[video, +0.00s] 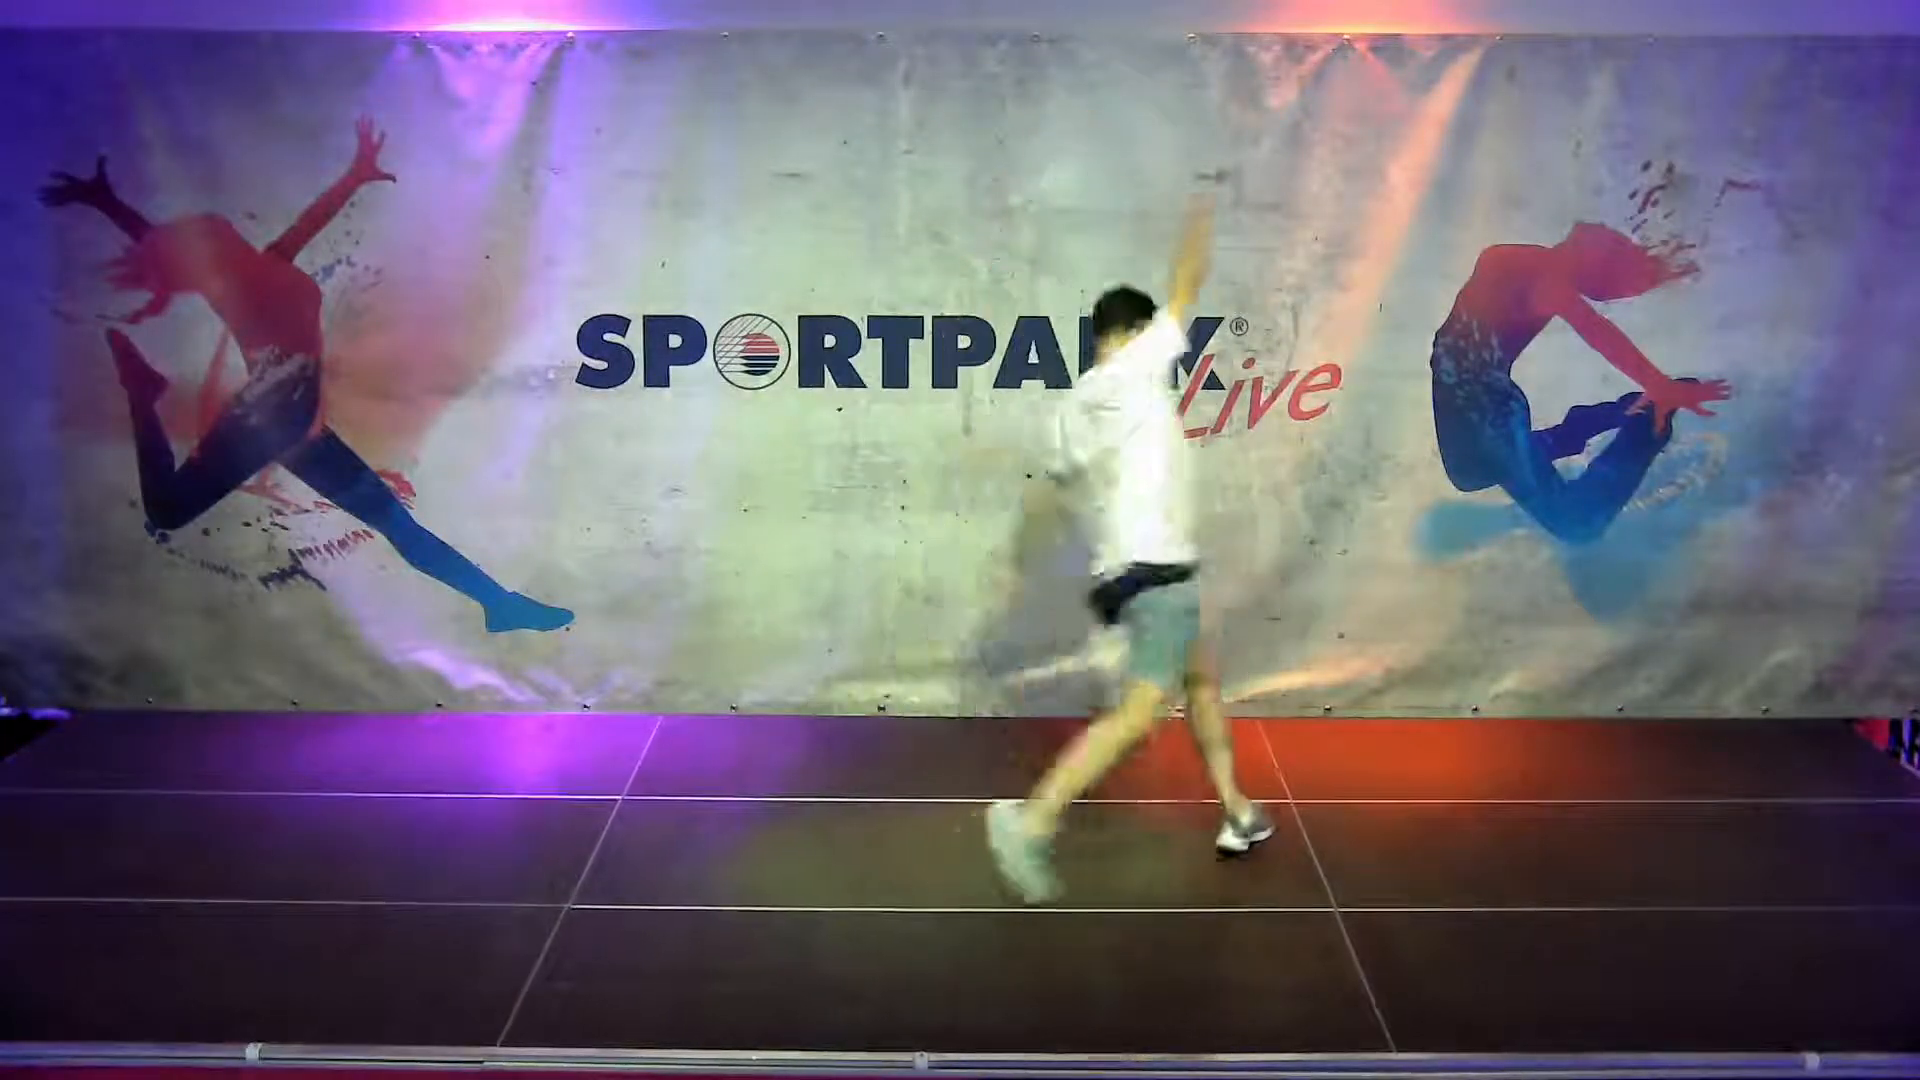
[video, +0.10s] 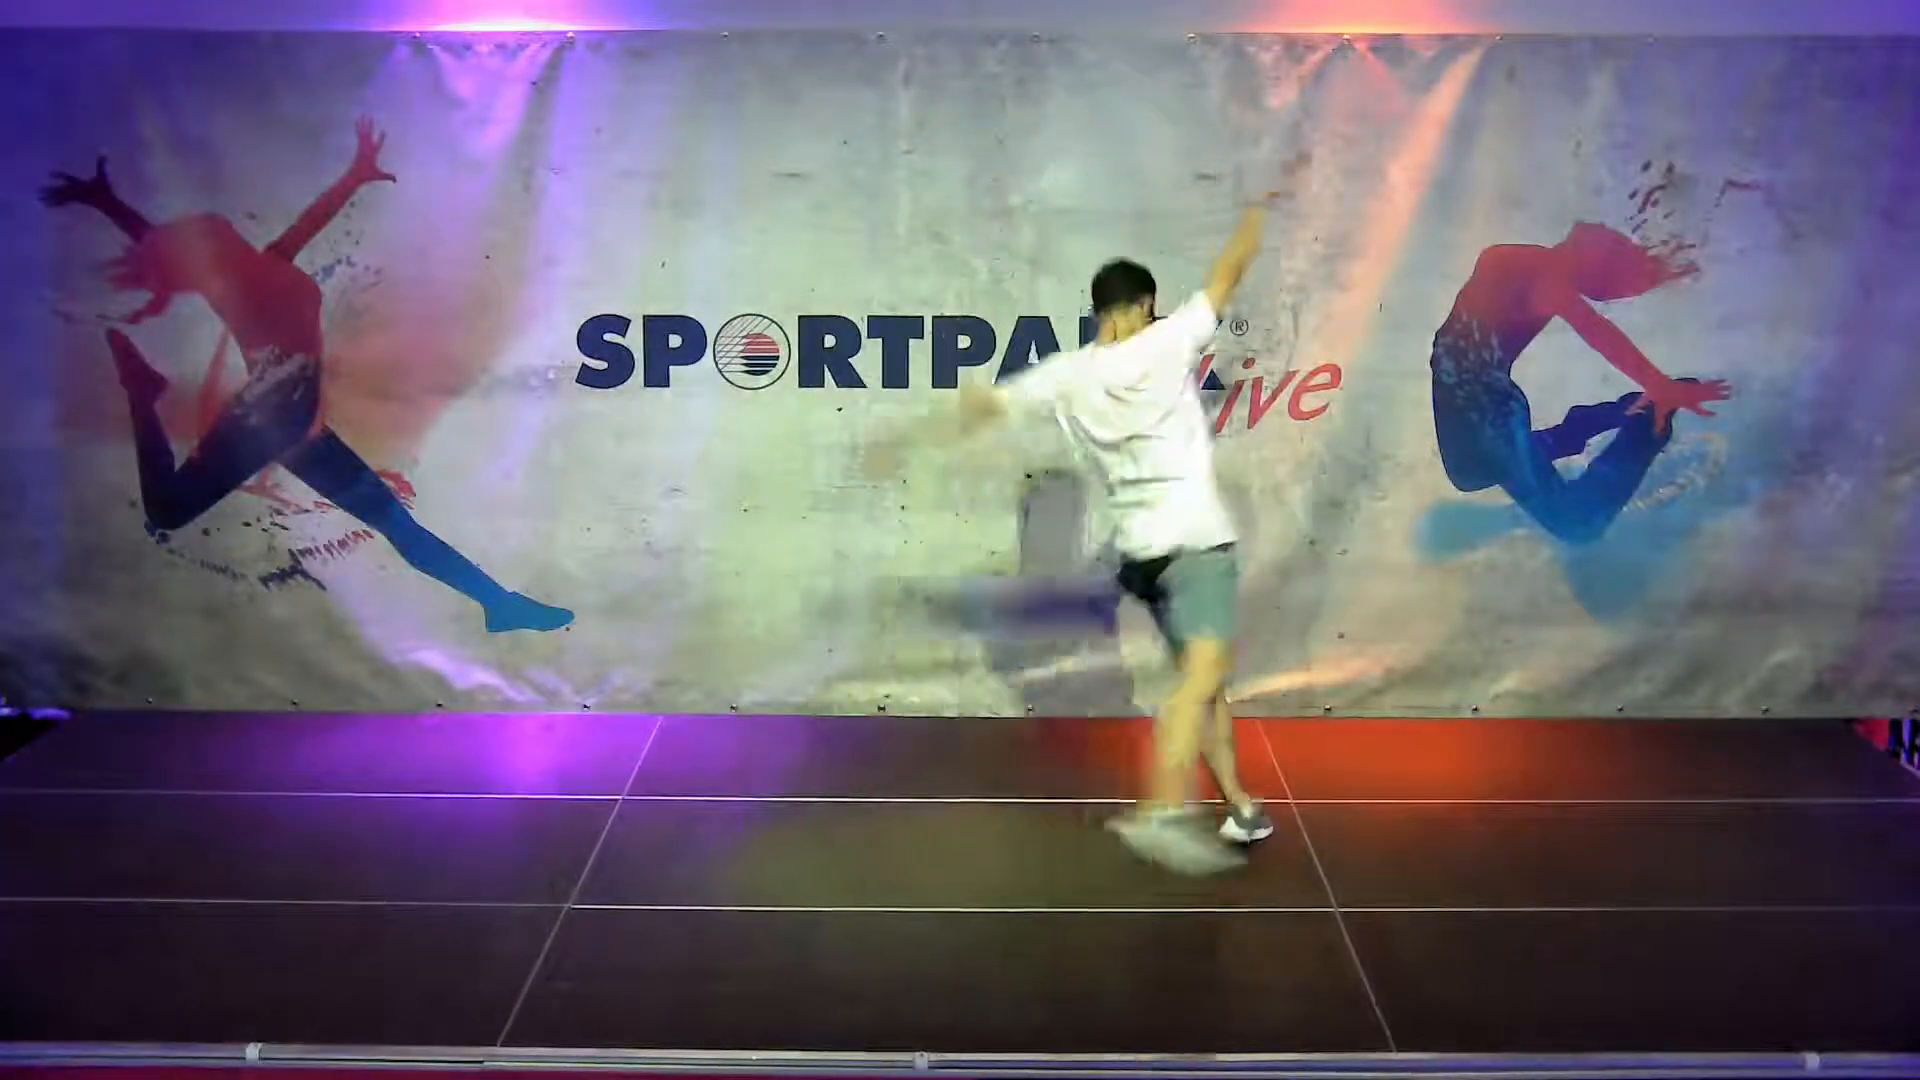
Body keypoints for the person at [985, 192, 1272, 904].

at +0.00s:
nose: (1150, 341)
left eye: (1142, 332)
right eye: (1145, 331)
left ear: (1095, 334)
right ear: (1135, 331)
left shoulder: (1071, 404)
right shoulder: (1142, 364)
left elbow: (1052, 485)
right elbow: (1185, 286)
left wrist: (1014, 563)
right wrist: (1204, 205)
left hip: (1117, 572)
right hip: (1163, 567)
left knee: (1199, 682)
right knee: (1140, 708)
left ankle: (1237, 813)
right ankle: (1029, 821)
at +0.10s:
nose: (1147, 320)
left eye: (1142, 311)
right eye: (1145, 309)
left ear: (1096, 312)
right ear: (1137, 307)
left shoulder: (1064, 373)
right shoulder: (1168, 341)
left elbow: (982, 405)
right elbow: (1227, 276)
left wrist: (906, 442)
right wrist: (1254, 217)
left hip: (1134, 549)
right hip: (1197, 537)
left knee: (1205, 676)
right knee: (1203, 672)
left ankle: (1239, 808)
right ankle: (1160, 811)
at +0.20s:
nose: (1143, 305)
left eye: (1134, 298)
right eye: (1141, 295)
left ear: (1090, 301)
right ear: (1142, 294)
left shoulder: (1061, 360)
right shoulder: (1176, 342)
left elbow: (971, 355)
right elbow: (1247, 278)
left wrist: (889, 351)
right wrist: (1293, 215)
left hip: (1141, 537)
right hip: (1203, 525)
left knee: (1194, 668)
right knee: (1240, 639)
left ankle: (1239, 800)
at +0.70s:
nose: (1068, 328)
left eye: (1055, 322)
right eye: (1079, 321)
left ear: (1040, 332)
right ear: (1093, 328)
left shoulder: (1019, 373)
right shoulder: (1126, 374)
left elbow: (981, 290)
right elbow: (1200, 363)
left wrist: (986, 208)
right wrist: (1252, 341)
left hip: (1045, 538)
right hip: (1113, 536)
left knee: (1012, 626)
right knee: (1146, 624)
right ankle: (1160, 742)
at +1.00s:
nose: (945, 295)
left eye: (950, 284)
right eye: (934, 286)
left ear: (955, 281)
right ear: (910, 286)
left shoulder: (898, 325)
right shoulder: (929, 354)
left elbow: (916, 266)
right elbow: (981, 415)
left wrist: (911, 212)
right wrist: (996, 403)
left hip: (885, 485)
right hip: (919, 494)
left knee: (910, 606)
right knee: (963, 606)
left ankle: (891, 729)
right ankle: (993, 732)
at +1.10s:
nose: (878, 279)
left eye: (886, 268)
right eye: (866, 269)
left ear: (900, 265)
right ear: (850, 269)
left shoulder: (906, 298)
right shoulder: (846, 334)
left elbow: (921, 213)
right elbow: (850, 413)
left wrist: (909, 144)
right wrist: (928, 415)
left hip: (899, 475)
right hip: (855, 482)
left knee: (896, 597)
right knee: (882, 604)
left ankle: (850, 701)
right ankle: (859, 737)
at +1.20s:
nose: (819, 294)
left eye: (827, 281)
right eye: (807, 284)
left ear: (846, 282)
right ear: (792, 288)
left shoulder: (869, 323)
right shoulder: (774, 355)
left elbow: (913, 243)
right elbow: (730, 419)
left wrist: (917, 157)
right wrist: (780, 419)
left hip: (866, 504)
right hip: (799, 510)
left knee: (859, 619)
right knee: (783, 626)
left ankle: (854, 712)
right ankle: (721, 738)